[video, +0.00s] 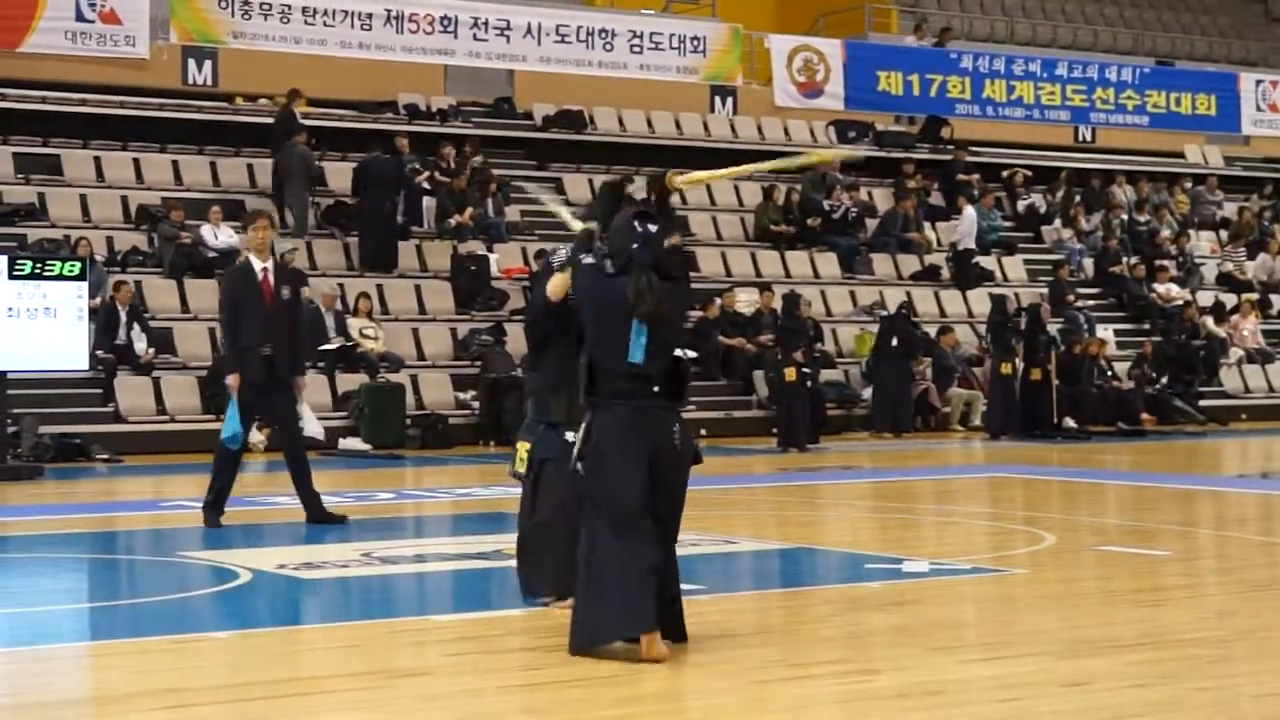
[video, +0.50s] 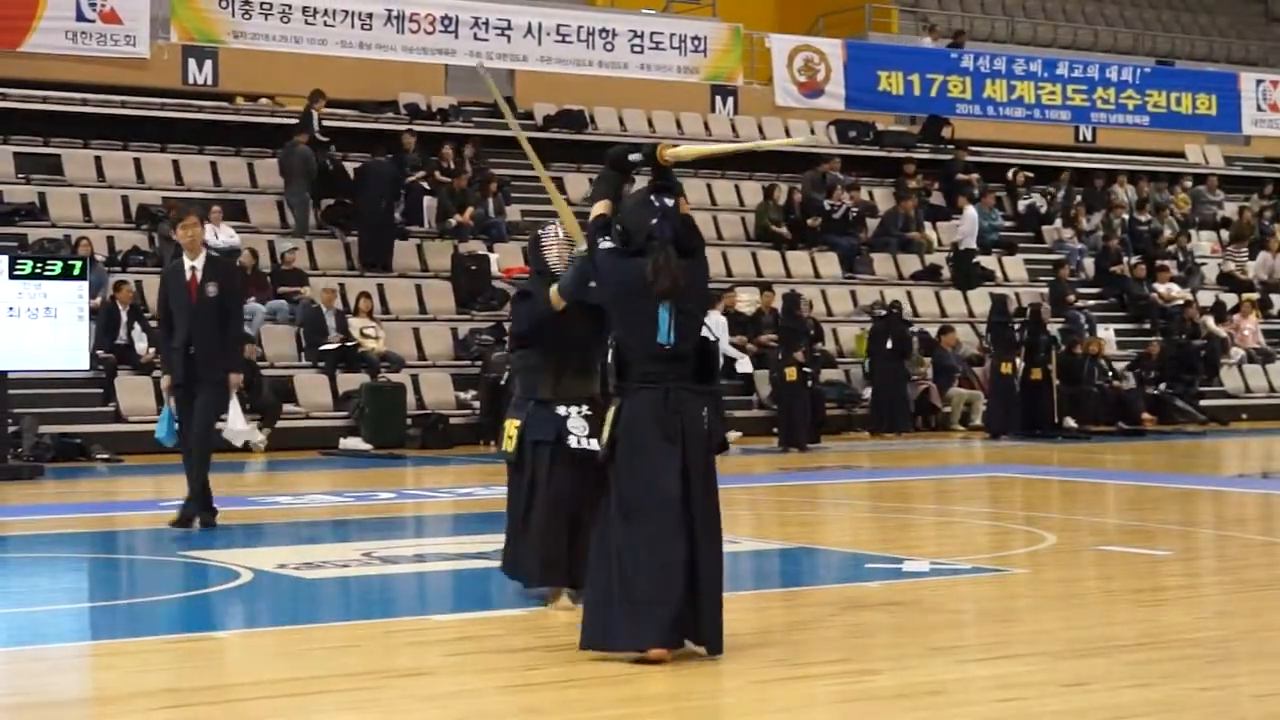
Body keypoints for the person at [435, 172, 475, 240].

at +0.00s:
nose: (464, 183)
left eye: (465, 180)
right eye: (462, 180)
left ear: (466, 181)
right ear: (455, 181)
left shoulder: (466, 192)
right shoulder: (445, 192)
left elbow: (471, 205)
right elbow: (449, 210)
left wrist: (465, 217)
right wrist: (463, 221)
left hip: (461, 219)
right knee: (464, 230)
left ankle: (454, 221)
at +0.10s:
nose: (464, 182)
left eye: (465, 180)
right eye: (462, 180)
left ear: (466, 180)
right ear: (455, 180)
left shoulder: (466, 192)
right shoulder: (445, 192)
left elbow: (471, 205)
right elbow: (449, 209)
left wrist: (465, 217)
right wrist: (463, 221)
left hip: (461, 220)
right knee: (463, 230)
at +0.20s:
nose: (464, 182)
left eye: (465, 180)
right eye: (462, 180)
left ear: (466, 180)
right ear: (455, 180)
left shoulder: (466, 191)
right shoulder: (445, 191)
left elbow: (470, 205)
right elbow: (449, 209)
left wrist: (465, 217)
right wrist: (463, 221)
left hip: (462, 220)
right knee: (464, 230)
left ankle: (454, 221)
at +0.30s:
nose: (464, 182)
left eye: (465, 180)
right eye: (462, 180)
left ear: (466, 180)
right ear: (455, 180)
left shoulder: (466, 191)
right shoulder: (445, 192)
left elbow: (470, 205)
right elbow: (449, 209)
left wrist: (465, 217)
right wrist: (463, 221)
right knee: (464, 229)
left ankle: (454, 221)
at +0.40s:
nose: (465, 182)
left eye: (465, 179)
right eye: (462, 180)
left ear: (466, 180)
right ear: (455, 180)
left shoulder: (466, 191)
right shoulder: (445, 191)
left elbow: (471, 205)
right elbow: (449, 209)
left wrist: (465, 217)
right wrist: (462, 220)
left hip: (462, 220)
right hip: (444, 221)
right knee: (463, 229)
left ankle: (454, 221)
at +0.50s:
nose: (465, 182)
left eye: (466, 180)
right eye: (462, 180)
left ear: (467, 180)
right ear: (455, 180)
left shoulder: (467, 191)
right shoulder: (446, 191)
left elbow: (471, 205)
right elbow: (449, 209)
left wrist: (466, 217)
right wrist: (463, 220)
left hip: (462, 220)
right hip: (444, 221)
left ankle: (454, 221)